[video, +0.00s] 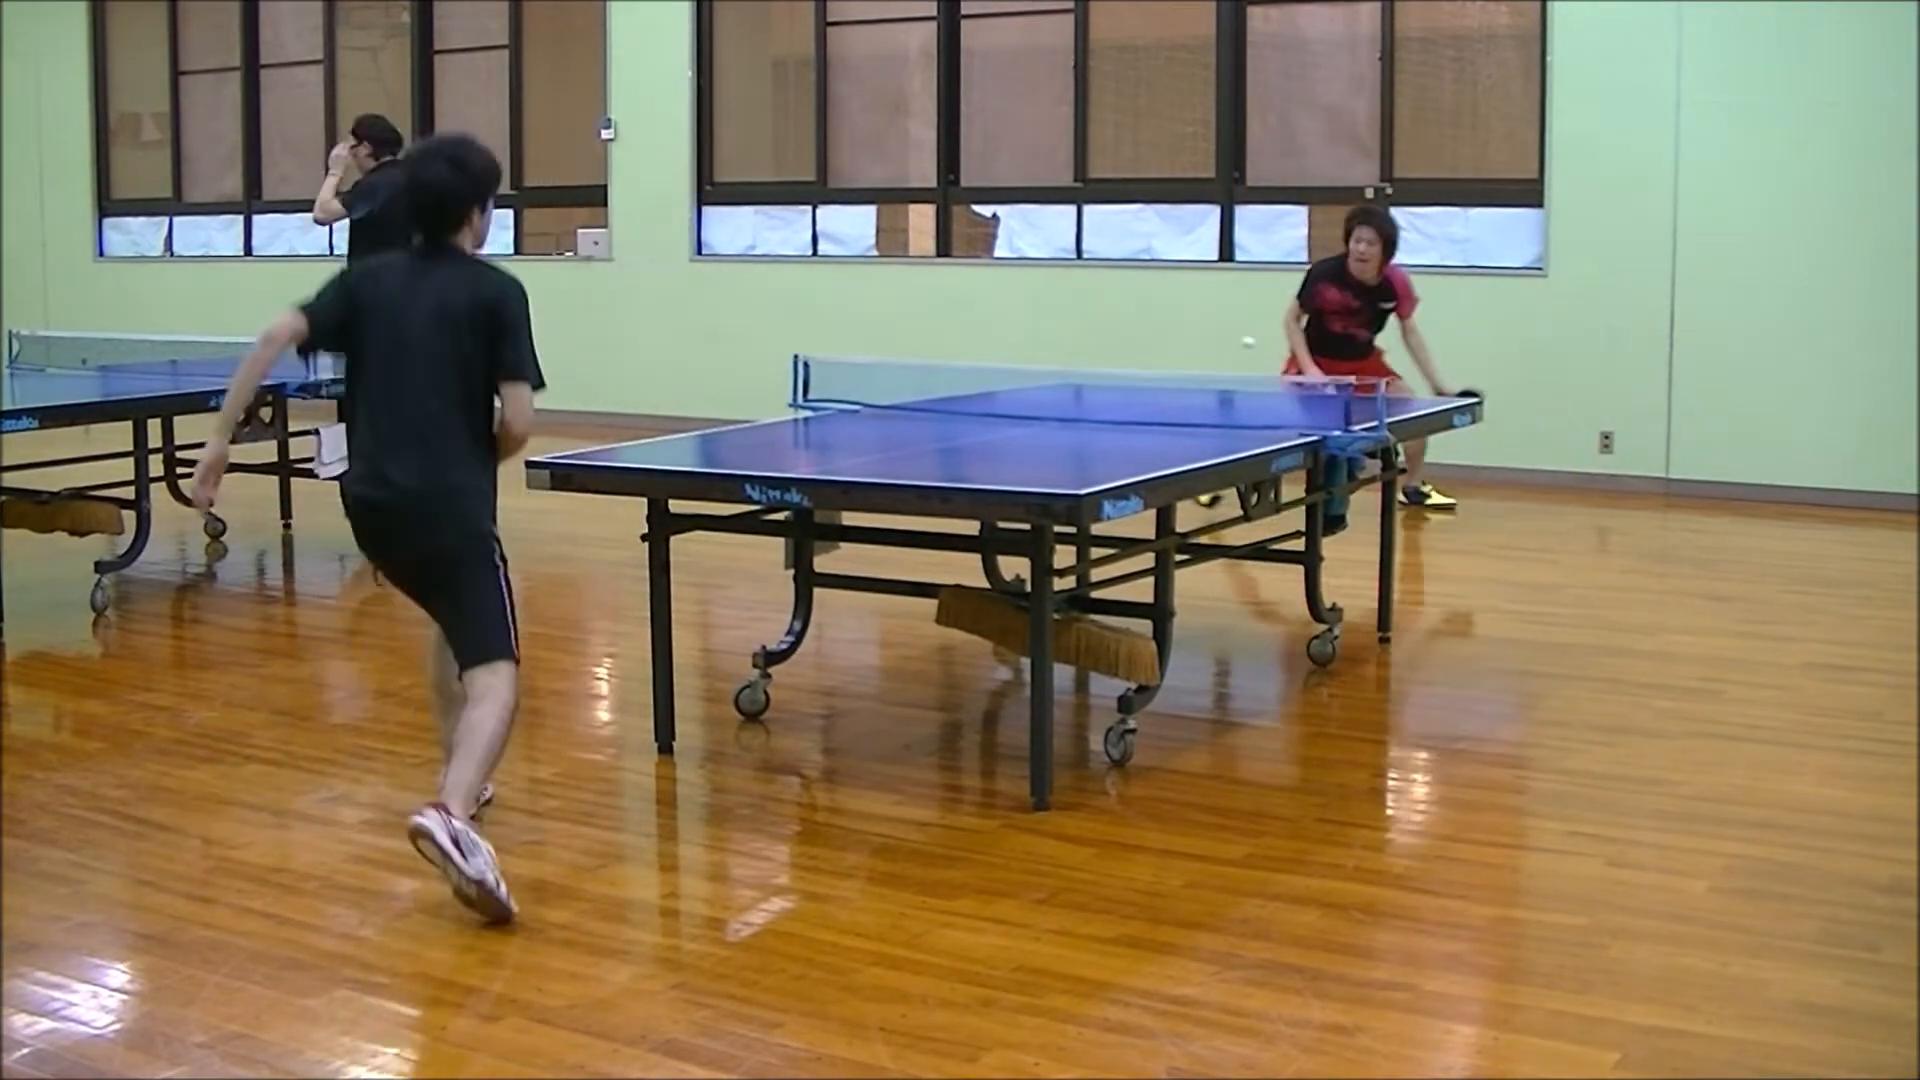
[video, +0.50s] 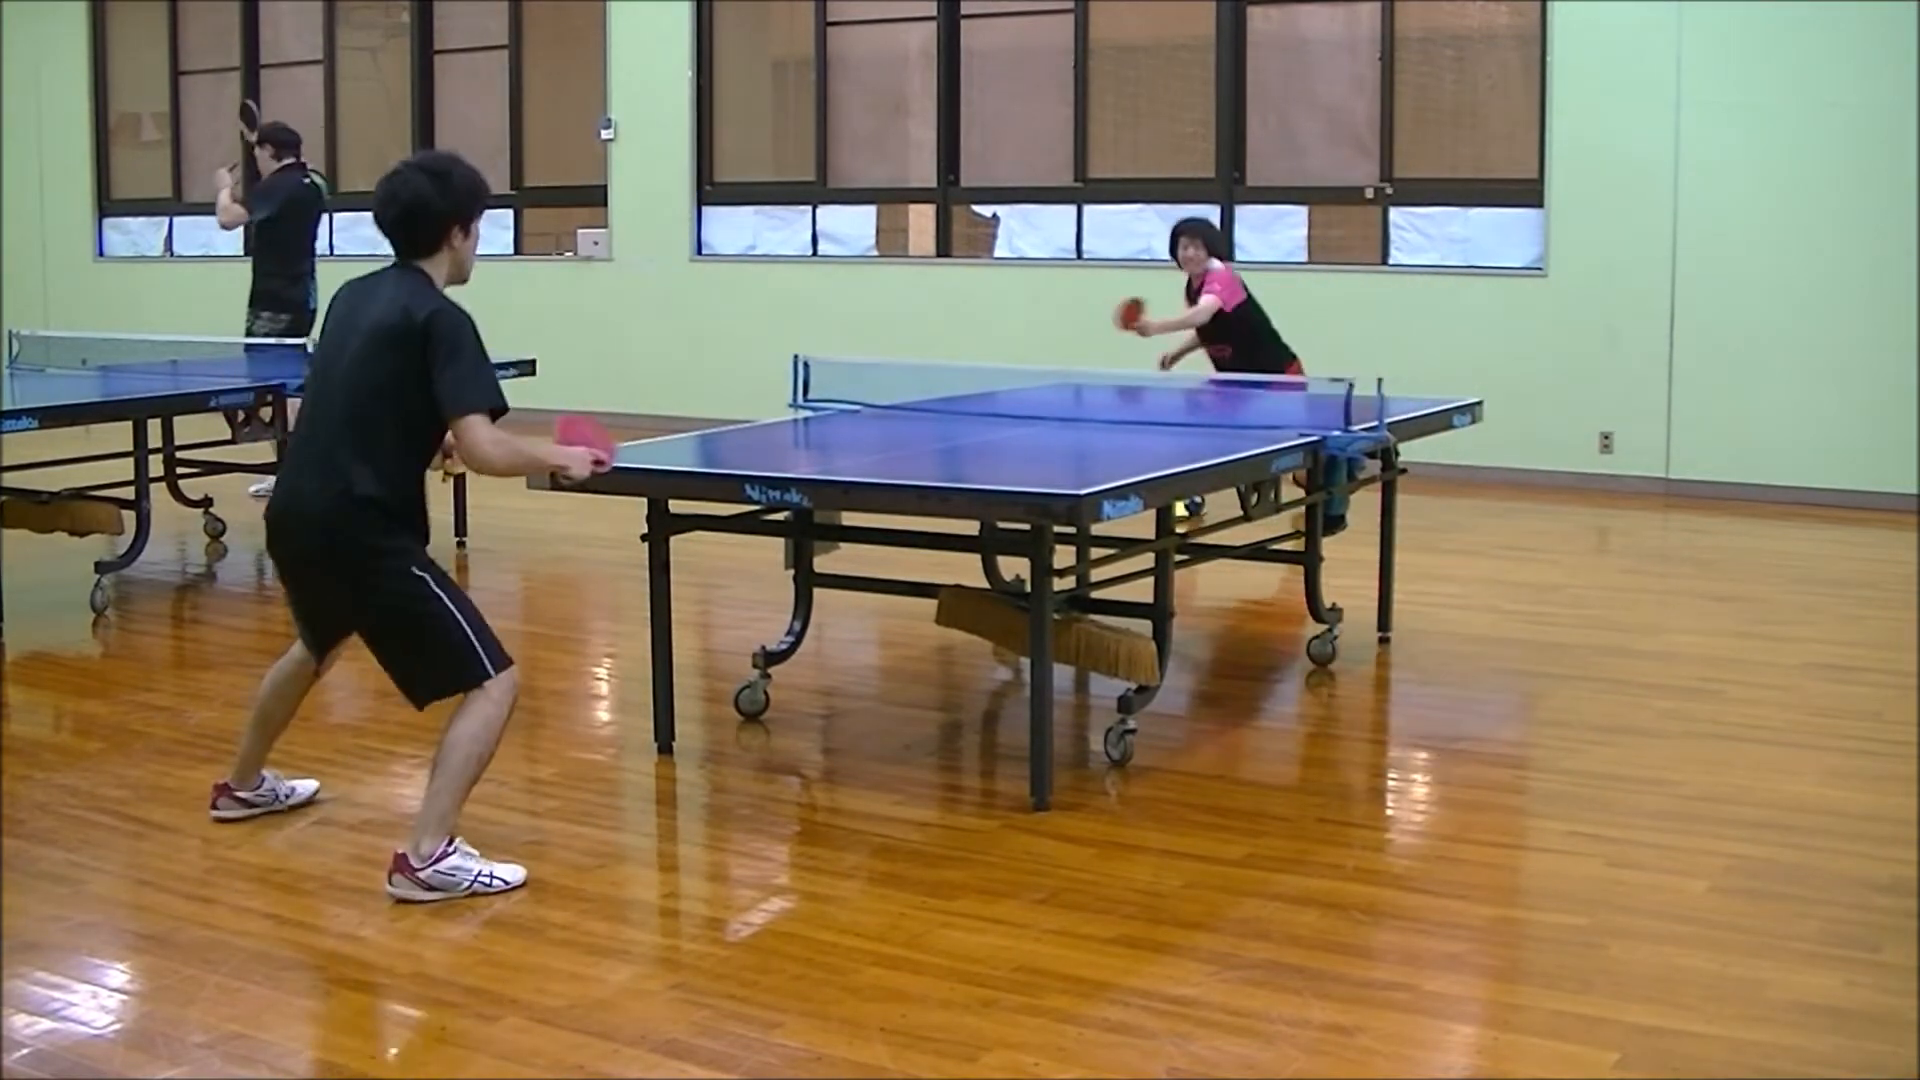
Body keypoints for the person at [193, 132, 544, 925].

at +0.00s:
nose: (492, 218)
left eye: (491, 206)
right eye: (490, 207)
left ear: (412, 207)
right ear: (474, 215)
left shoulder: (365, 278)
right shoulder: (497, 291)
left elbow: (273, 337)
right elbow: (516, 424)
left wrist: (216, 452)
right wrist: (491, 448)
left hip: (371, 500)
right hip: (453, 505)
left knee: (450, 624)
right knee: (496, 680)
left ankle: (465, 783)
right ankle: (453, 812)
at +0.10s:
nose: (499, 168)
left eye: (497, 156)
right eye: (496, 156)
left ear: (411, 156)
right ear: (479, 163)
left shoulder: (365, 220)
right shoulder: (490, 237)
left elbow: (285, 284)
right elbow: (515, 366)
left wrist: (237, 391)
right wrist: (481, 428)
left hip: (355, 448)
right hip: (435, 453)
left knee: (415, 610)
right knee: (487, 637)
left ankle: (441, 772)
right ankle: (432, 805)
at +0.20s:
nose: (499, 153)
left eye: (495, 139)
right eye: (494, 142)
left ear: (413, 145)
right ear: (477, 151)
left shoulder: (357, 211)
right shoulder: (488, 228)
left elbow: (284, 303)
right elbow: (510, 353)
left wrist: (270, 408)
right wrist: (492, 415)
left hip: (346, 451)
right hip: (428, 463)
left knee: (381, 595)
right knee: (474, 642)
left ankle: (365, 755)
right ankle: (436, 834)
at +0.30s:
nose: (498, 178)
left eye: (494, 165)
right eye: (493, 166)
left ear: (416, 172)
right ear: (475, 176)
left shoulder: (362, 245)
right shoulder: (479, 263)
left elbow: (292, 349)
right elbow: (497, 386)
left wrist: (308, 429)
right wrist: (509, 443)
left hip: (334, 478)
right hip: (415, 493)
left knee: (346, 612)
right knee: (476, 672)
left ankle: (289, 765)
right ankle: (428, 852)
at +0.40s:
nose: (492, 212)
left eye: (489, 199)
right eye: (489, 200)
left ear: (411, 204)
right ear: (469, 208)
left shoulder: (352, 279)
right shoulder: (459, 295)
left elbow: (300, 387)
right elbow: (485, 423)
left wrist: (361, 431)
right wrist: (533, 458)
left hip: (320, 505)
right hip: (400, 520)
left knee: (309, 646)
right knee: (489, 683)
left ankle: (244, 782)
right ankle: (427, 856)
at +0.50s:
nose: (479, 241)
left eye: (478, 226)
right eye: (476, 227)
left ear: (402, 231)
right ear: (455, 234)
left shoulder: (352, 297)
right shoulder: (440, 319)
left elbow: (331, 409)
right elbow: (480, 446)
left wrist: (429, 437)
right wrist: (558, 457)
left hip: (293, 516)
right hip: (366, 531)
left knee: (317, 641)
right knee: (492, 681)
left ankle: (243, 782)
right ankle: (428, 852)